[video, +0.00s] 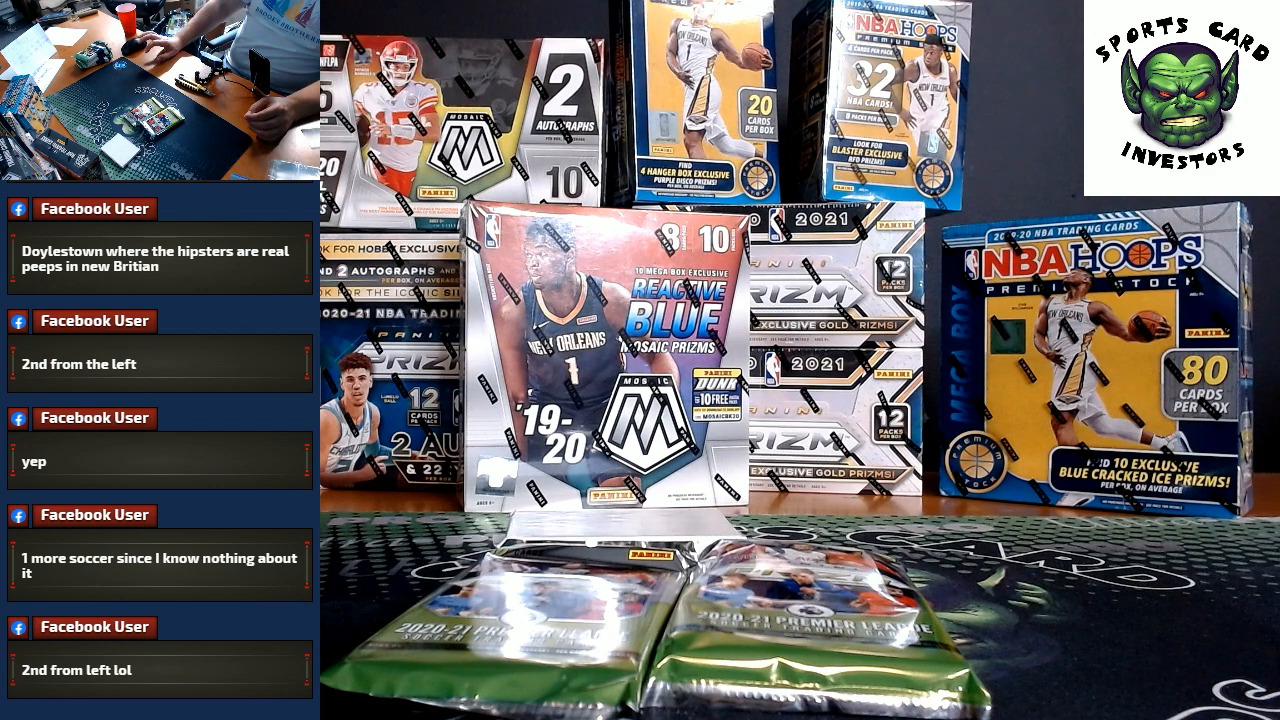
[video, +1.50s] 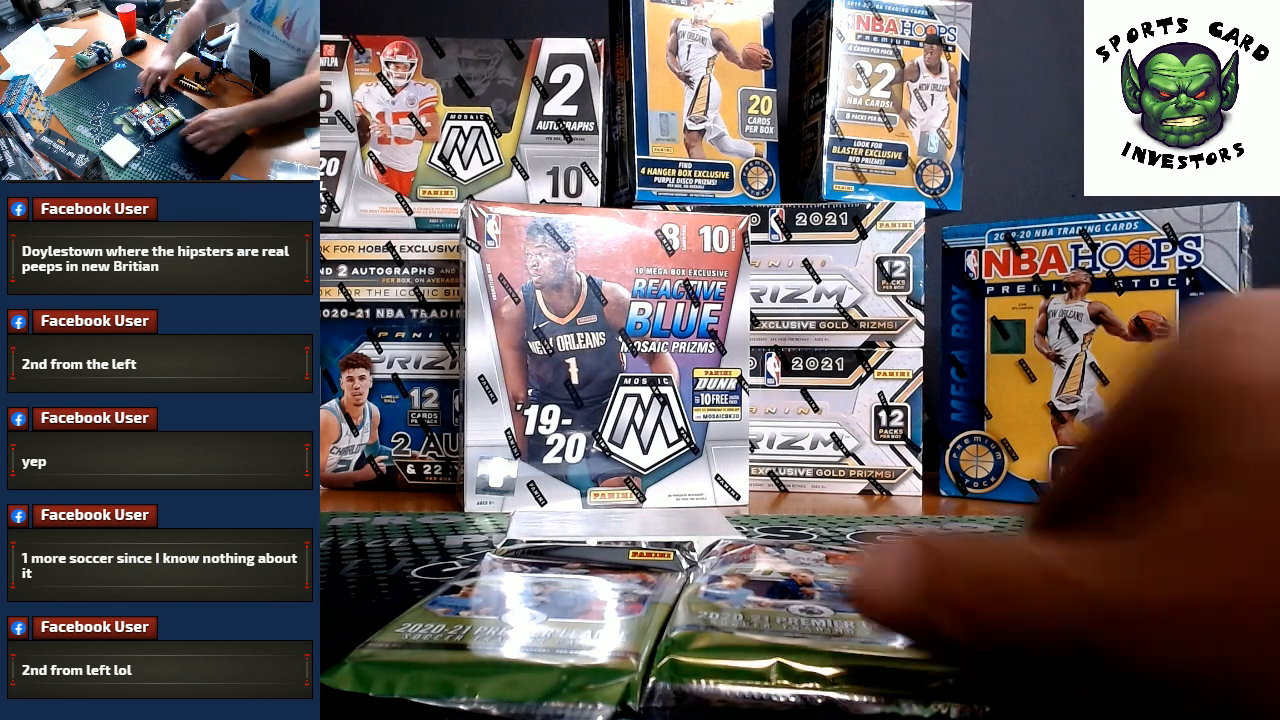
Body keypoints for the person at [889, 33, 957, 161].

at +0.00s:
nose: (929, 52)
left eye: (933, 49)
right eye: (926, 48)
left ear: (941, 52)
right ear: (923, 49)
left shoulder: (949, 70)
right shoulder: (913, 69)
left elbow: (955, 92)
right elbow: (886, 83)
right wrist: (900, 111)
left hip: (940, 117)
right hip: (918, 118)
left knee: (940, 154)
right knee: (922, 155)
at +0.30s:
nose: (928, 53)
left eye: (933, 49)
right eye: (926, 48)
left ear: (941, 52)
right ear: (923, 49)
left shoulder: (950, 71)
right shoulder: (913, 69)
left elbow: (955, 94)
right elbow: (886, 83)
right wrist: (900, 111)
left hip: (940, 117)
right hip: (918, 119)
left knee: (939, 154)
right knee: (923, 155)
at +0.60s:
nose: (928, 52)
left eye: (933, 49)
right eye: (926, 48)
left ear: (941, 52)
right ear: (923, 49)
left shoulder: (950, 71)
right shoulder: (913, 69)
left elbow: (955, 94)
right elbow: (886, 83)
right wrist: (900, 111)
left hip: (940, 117)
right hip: (918, 119)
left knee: (939, 154)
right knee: (923, 155)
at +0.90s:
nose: (928, 52)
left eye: (933, 49)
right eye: (926, 48)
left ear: (941, 52)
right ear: (923, 49)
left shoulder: (950, 70)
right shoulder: (913, 69)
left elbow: (955, 93)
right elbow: (886, 83)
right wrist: (900, 111)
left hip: (940, 116)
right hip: (918, 118)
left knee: (940, 154)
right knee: (923, 155)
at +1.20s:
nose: (928, 52)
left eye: (933, 49)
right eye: (926, 47)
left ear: (941, 51)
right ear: (923, 49)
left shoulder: (950, 70)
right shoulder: (913, 69)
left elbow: (955, 93)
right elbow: (886, 83)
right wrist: (900, 110)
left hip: (940, 116)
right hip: (918, 117)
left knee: (940, 153)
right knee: (923, 154)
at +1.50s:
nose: (928, 53)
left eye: (933, 50)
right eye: (926, 48)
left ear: (941, 52)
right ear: (923, 49)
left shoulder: (949, 70)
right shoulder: (913, 69)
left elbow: (955, 93)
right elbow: (886, 83)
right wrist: (900, 111)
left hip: (940, 117)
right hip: (918, 119)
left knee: (940, 155)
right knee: (923, 155)